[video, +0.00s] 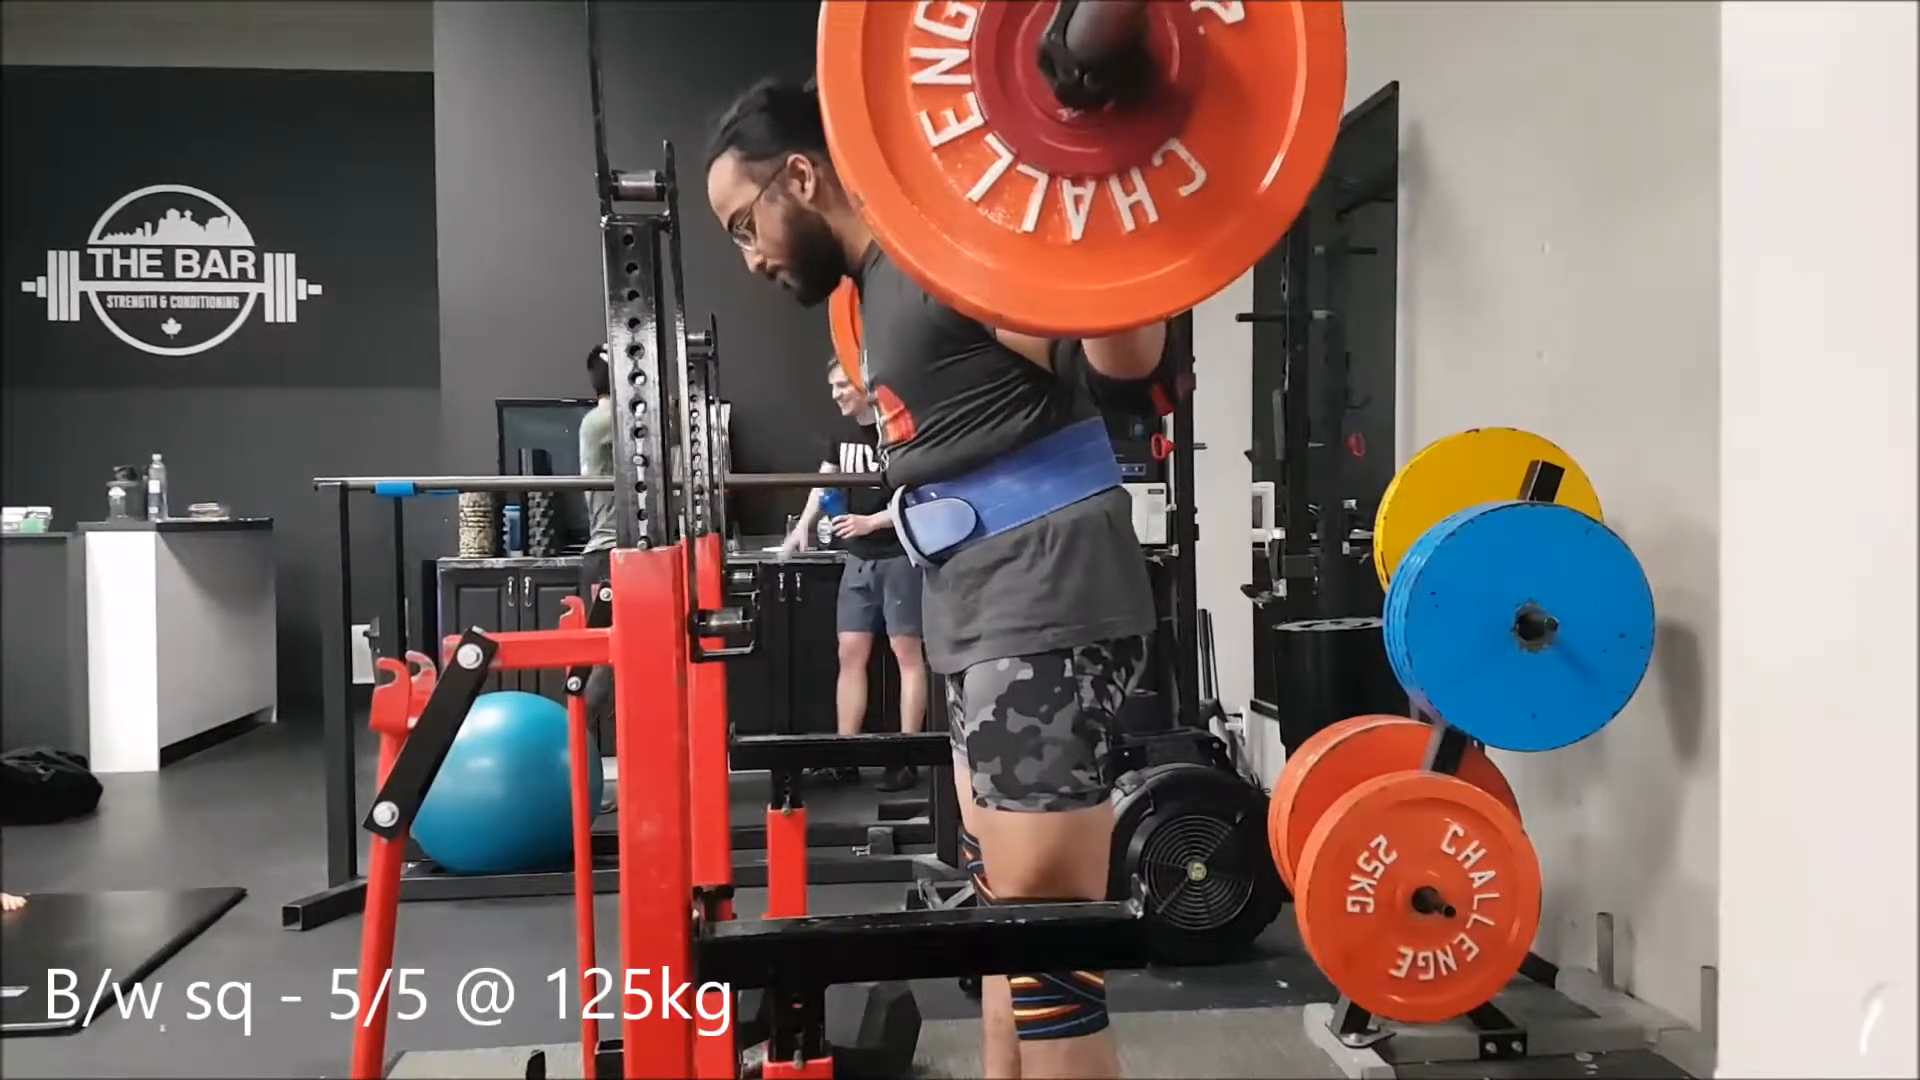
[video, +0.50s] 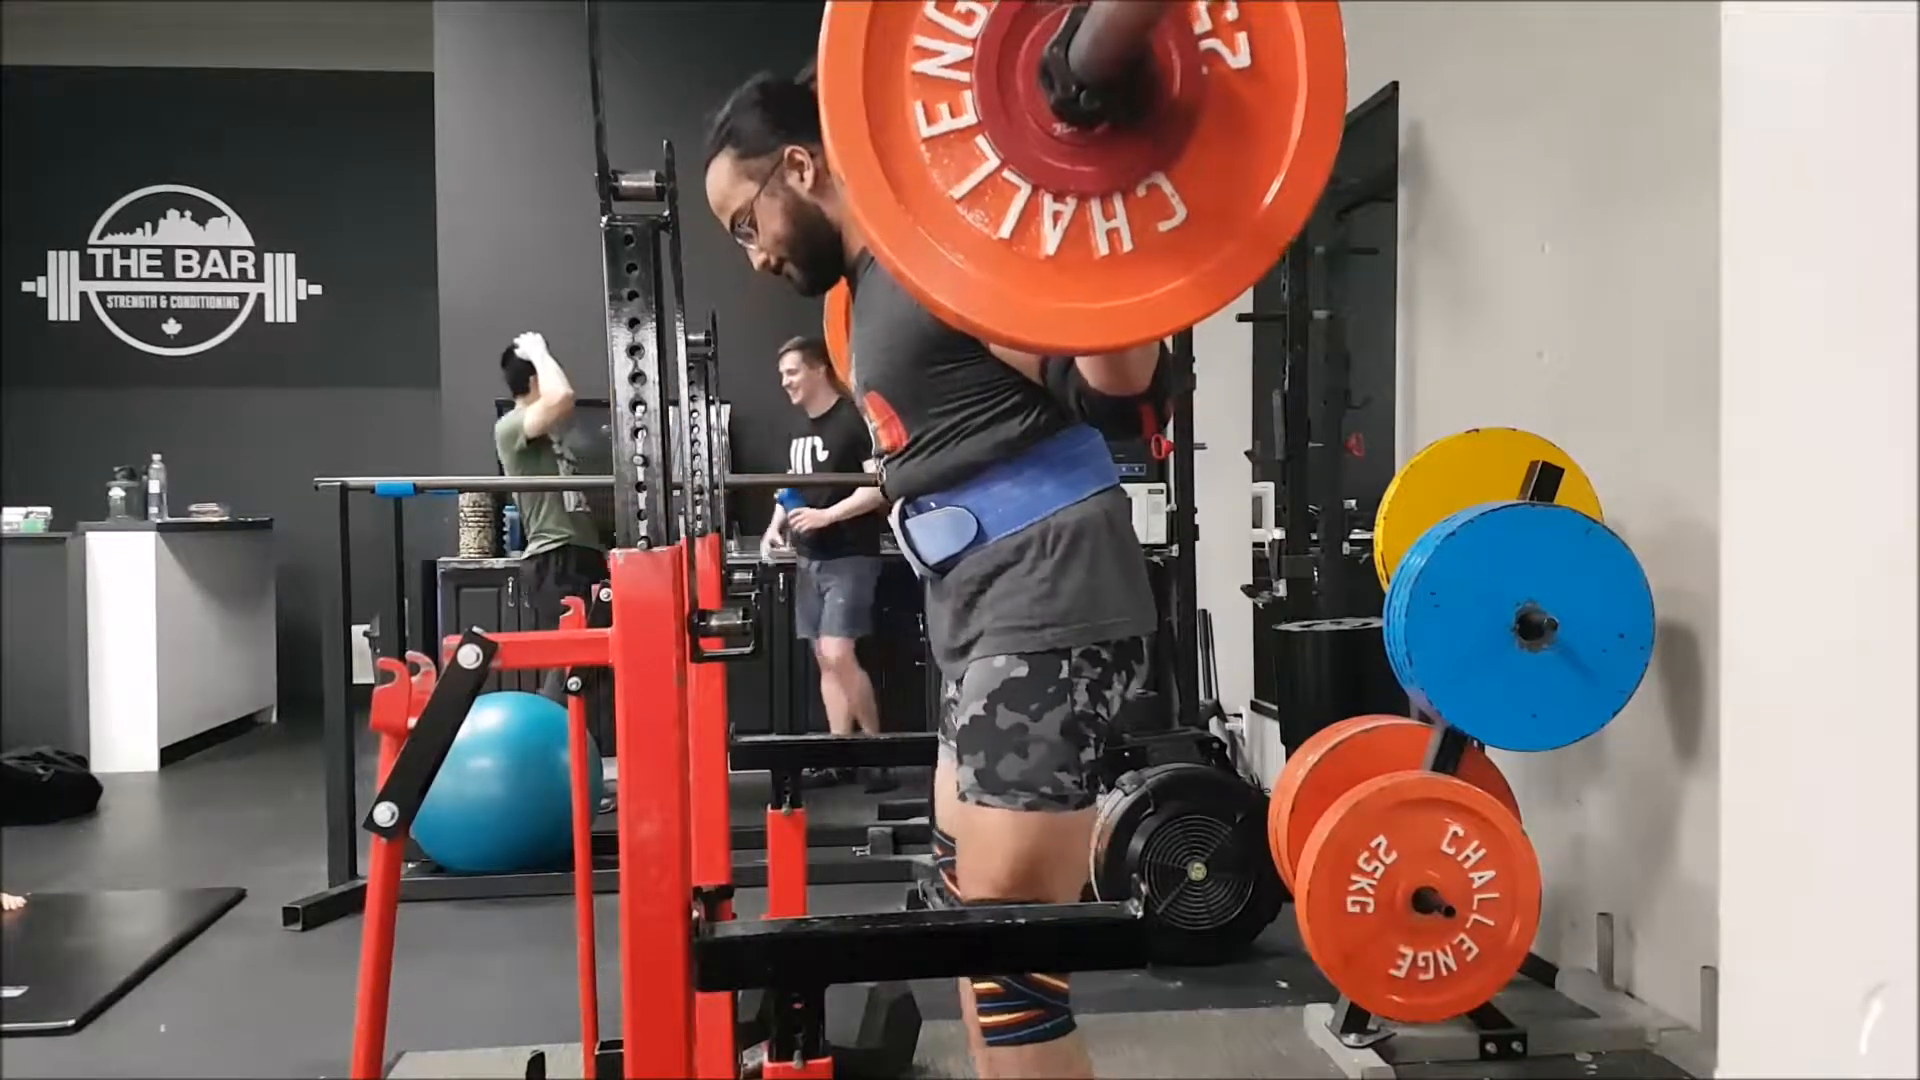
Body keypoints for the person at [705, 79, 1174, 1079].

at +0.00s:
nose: (750, 256)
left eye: (747, 222)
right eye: (735, 236)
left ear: (805, 172)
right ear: (803, 182)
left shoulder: (934, 237)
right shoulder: (872, 283)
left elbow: (1119, 350)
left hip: (1047, 584)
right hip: (978, 593)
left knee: (1043, 933)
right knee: (1005, 925)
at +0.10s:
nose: (754, 252)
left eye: (750, 218)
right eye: (739, 234)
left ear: (806, 165)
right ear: (799, 177)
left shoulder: (935, 233)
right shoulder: (868, 285)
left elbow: (1122, 363)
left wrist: (1136, 198)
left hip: (1046, 586)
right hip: (973, 592)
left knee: (1043, 938)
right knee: (998, 926)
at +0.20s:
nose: (756, 248)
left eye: (751, 215)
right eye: (740, 231)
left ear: (808, 160)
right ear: (803, 170)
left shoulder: (936, 233)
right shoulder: (871, 279)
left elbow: (1120, 368)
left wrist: (1126, 202)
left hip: (1042, 576)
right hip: (974, 583)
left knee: (1041, 934)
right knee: (998, 921)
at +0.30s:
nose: (757, 248)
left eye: (751, 214)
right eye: (740, 230)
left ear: (806, 158)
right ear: (801, 169)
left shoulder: (930, 235)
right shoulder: (867, 283)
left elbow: (1118, 368)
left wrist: (1135, 213)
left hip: (1042, 575)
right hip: (973, 585)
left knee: (1040, 930)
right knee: (998, 916)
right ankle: (1007, 1079)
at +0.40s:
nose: (754, 247)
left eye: (750, 213)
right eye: (739, 229)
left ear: (806, 159)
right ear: (800, 169)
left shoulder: (931, 237)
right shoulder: (861, 289)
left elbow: (1120, 365)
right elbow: (943, 454)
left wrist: (1136, 190)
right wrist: (858, 512)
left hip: (1042, 572)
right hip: (972, 583)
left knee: (1029, 928)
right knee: (988, 912)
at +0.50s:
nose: (752, 254)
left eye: (748, 220)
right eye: (737, 236)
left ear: (804, 164)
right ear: (799, 175)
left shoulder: (930, 241)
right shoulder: (862, 293)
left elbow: (1119, 371)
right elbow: (934, 456)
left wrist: (1134, 203)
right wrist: (834, 512)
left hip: (1046, 577)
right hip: (972, 592)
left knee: (1002, 931)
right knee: (969, 902)